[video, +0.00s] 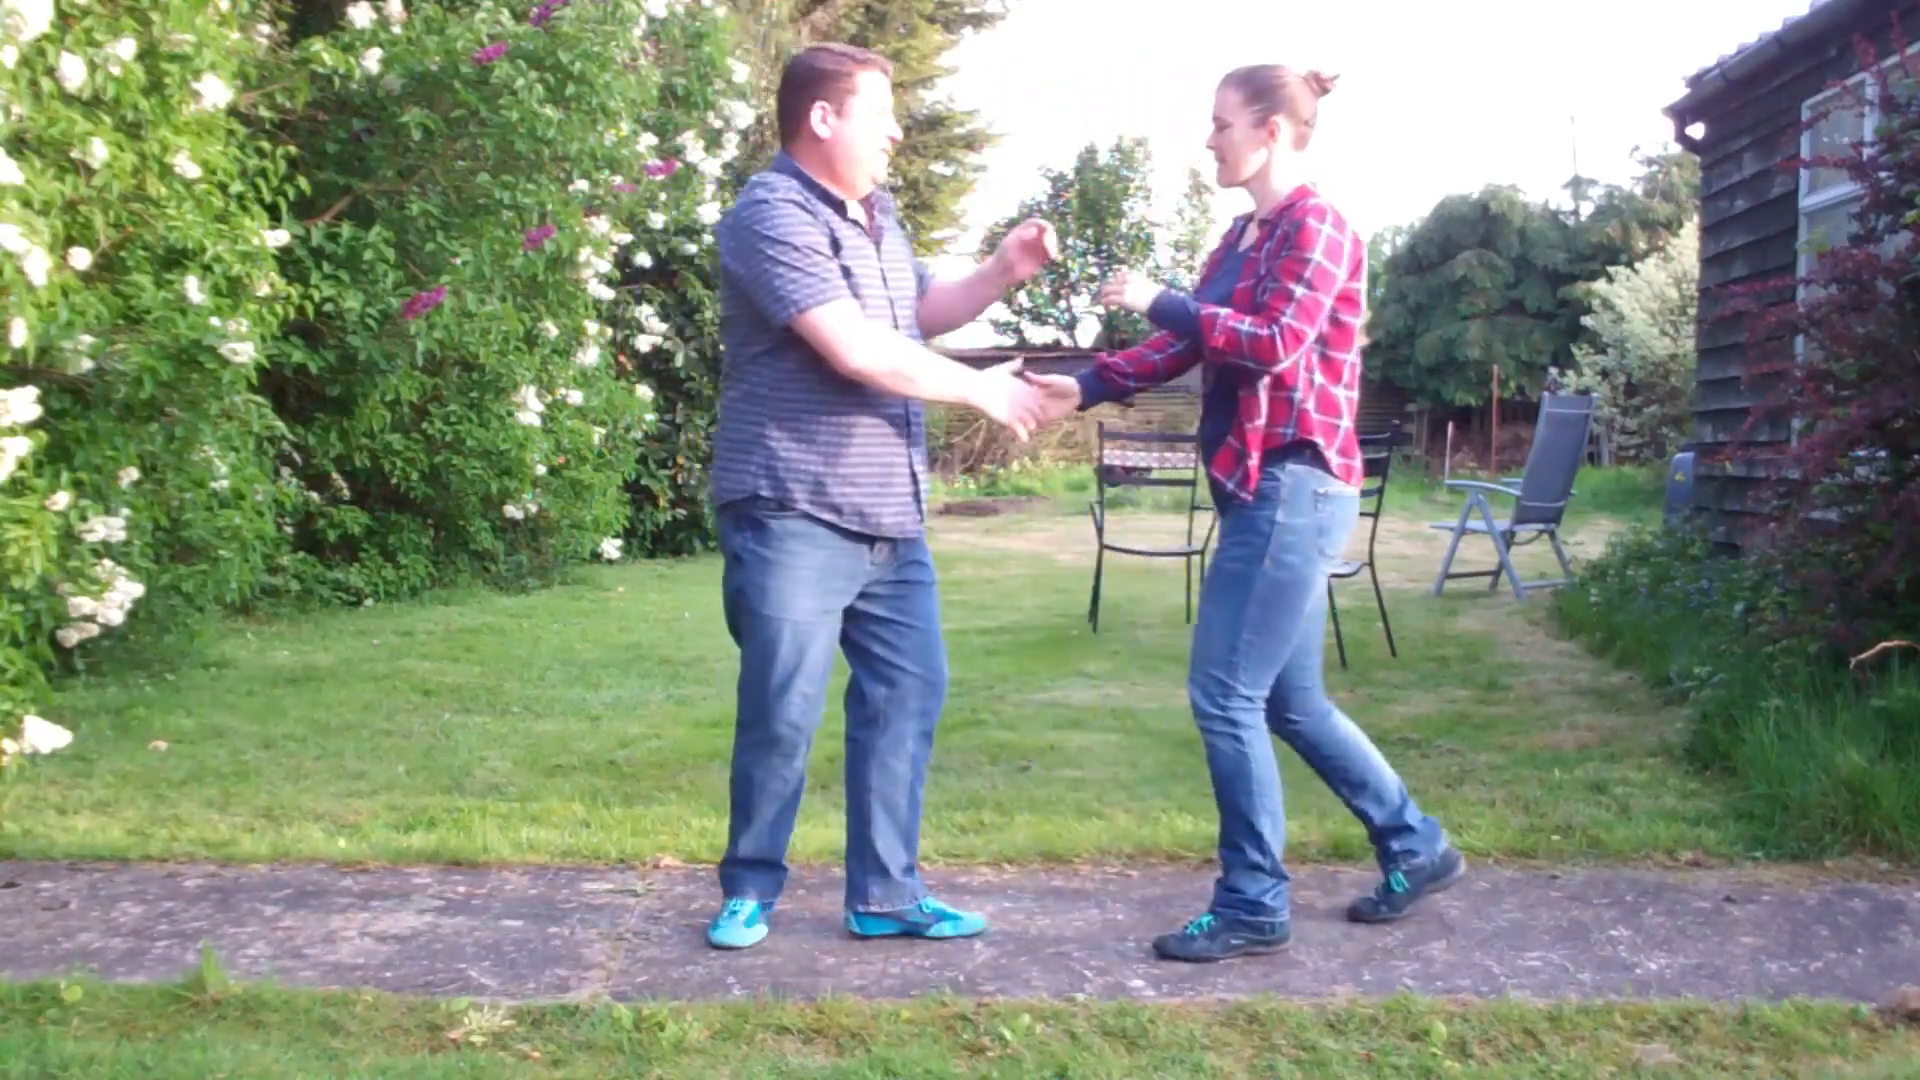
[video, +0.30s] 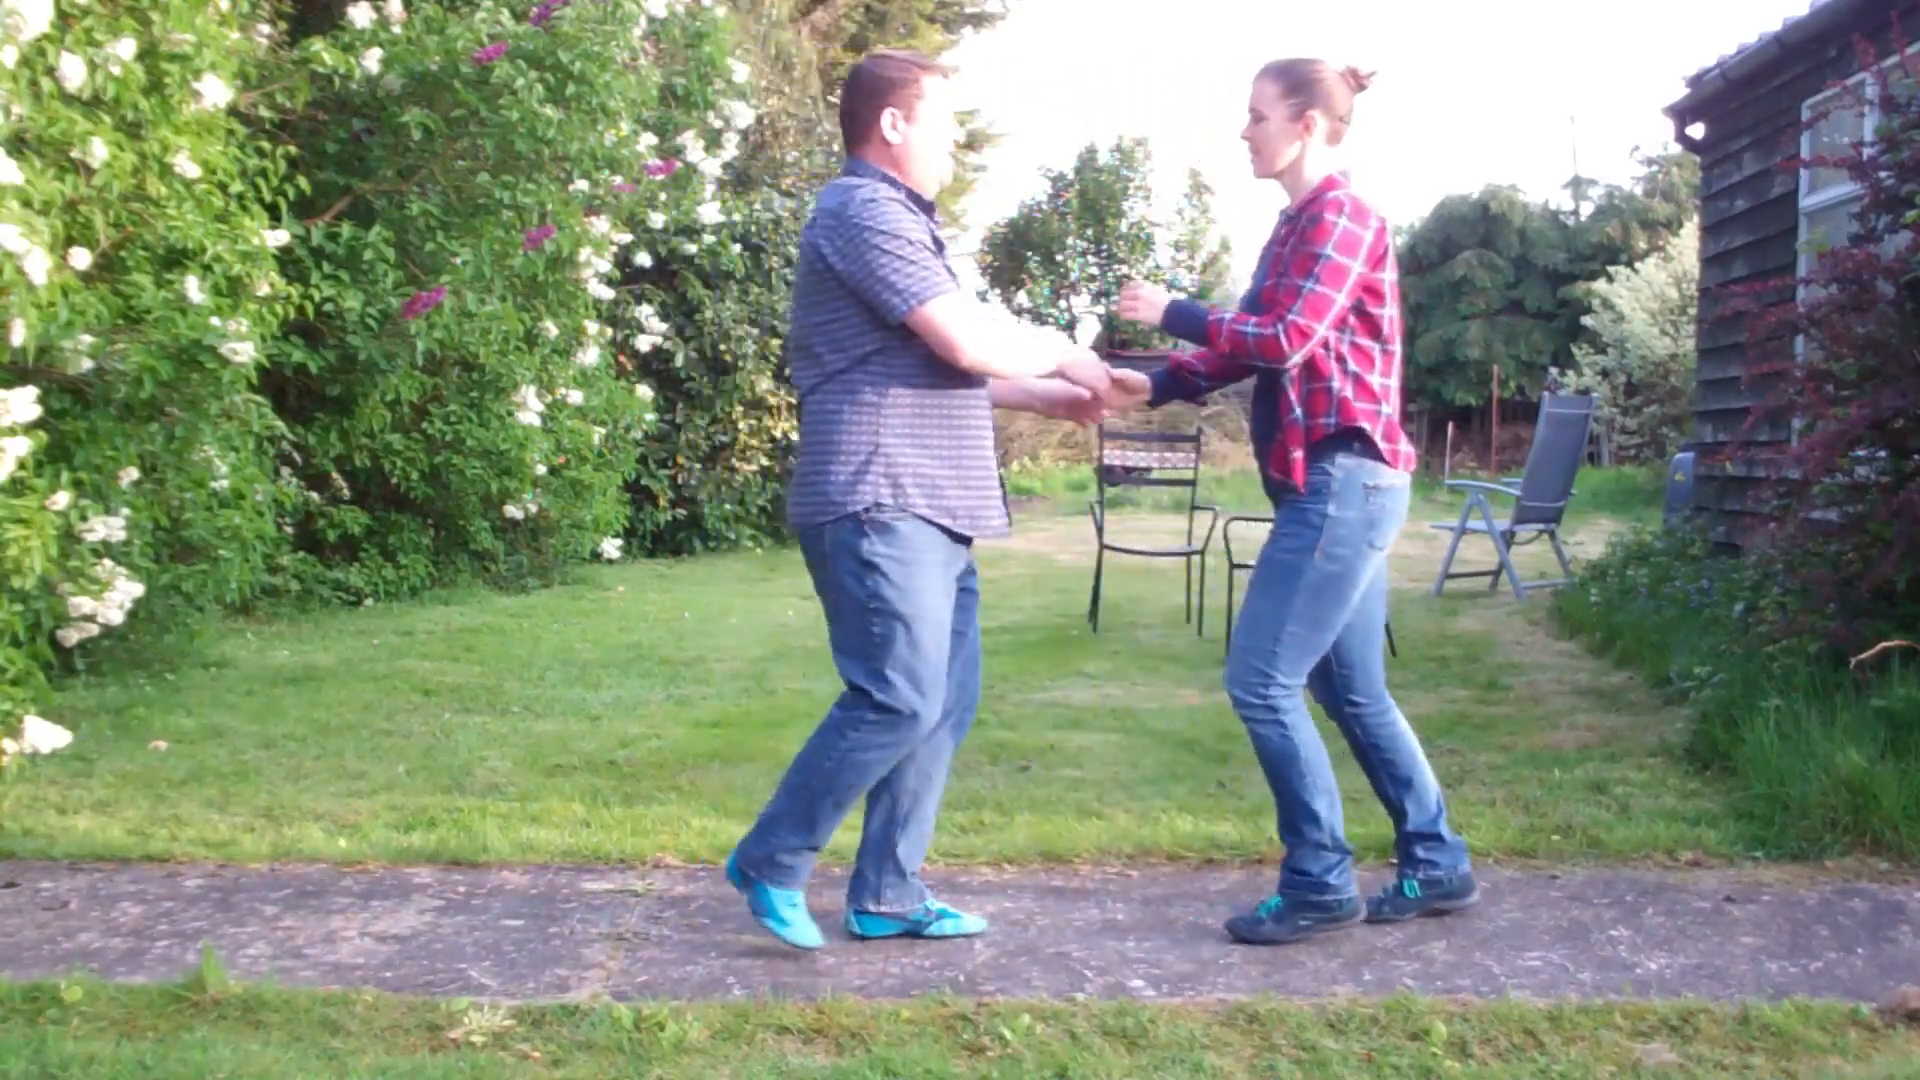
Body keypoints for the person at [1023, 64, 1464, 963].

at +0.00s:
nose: (1208, 141)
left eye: (1222, 127)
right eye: (1211, 127)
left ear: (1274, 132)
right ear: (1262, 133)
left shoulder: (1318, 226)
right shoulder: (1240, 242)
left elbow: (1273, 345)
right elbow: (1172, 348)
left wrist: (1163, 303)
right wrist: (1079, 387)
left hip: (1296, 487)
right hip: (1268, 487)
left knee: (1226, 695)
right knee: (1292, 699)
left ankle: (1252, 905)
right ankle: (1417, 849)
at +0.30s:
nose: (1244, 131)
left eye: (1258, 117)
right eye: (1247, 116)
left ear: (1309, 127)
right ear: (1299, 127)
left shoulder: (1345, 216)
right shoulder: (1293, 231)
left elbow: (1285, 338)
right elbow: (1236, 351)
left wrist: (1174, 311)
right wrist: (1147, 382)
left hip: (1347, 478)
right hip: (1331, 479)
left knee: (1261, 680)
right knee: (1355, 690)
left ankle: (1319, 882)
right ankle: (1437, 863)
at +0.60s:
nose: (1233, 135)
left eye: (1245, 119)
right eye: (1235, 120)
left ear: (1293, 123)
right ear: (1278, 125)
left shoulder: (1345, 224)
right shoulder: (1267, 231)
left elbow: (1316, 353)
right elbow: (1192, 307)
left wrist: (1197, 349)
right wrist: (1112, 258)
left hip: (1323, 484)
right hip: (1268, 486)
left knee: (1287, 693)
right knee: (1233, 682)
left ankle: (1342, 890)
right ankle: (1373, 813)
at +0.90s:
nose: (1204, 141)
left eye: (1212, 124)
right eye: (1207, 126)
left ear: (1249, 123)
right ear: (1252, 124)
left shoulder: (1328, 228)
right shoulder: (1220, 210)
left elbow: (1295, 353)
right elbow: (1124, 191)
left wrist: (1160, 328)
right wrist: (1096, 105)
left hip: (1291, 481)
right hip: (1210, 484)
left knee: (1285, 690)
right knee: (1176, 683)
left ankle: (1345, 885)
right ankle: (1228, 880)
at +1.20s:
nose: (1171, 148)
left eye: (1177, 133)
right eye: (1172, 135)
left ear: (1213, 129)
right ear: (1228, 131)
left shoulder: (1261, 231)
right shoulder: (1204, 217)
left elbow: (1188, 353)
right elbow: (1117, 197)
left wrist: (1096, 291)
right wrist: (1083, 122)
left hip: (1223, 477)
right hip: (1218, 475)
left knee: (1116, 668)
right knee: (1181, 687)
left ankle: (1234, 850)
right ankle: (1225, 879)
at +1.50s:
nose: (1123, 141)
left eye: (1127, 129)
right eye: (1125, 129)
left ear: (1142, 135)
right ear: (1203, 136)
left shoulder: (1124, 235)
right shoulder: (1236, 214)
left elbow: (1032, 316)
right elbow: (1201, 170)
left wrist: (1062, 223)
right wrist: (1138, 100)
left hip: (1136, 501)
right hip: (1232, 497)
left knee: (1083, 685)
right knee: (1170, 688)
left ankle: (1034, 870)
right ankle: (1226, 879)